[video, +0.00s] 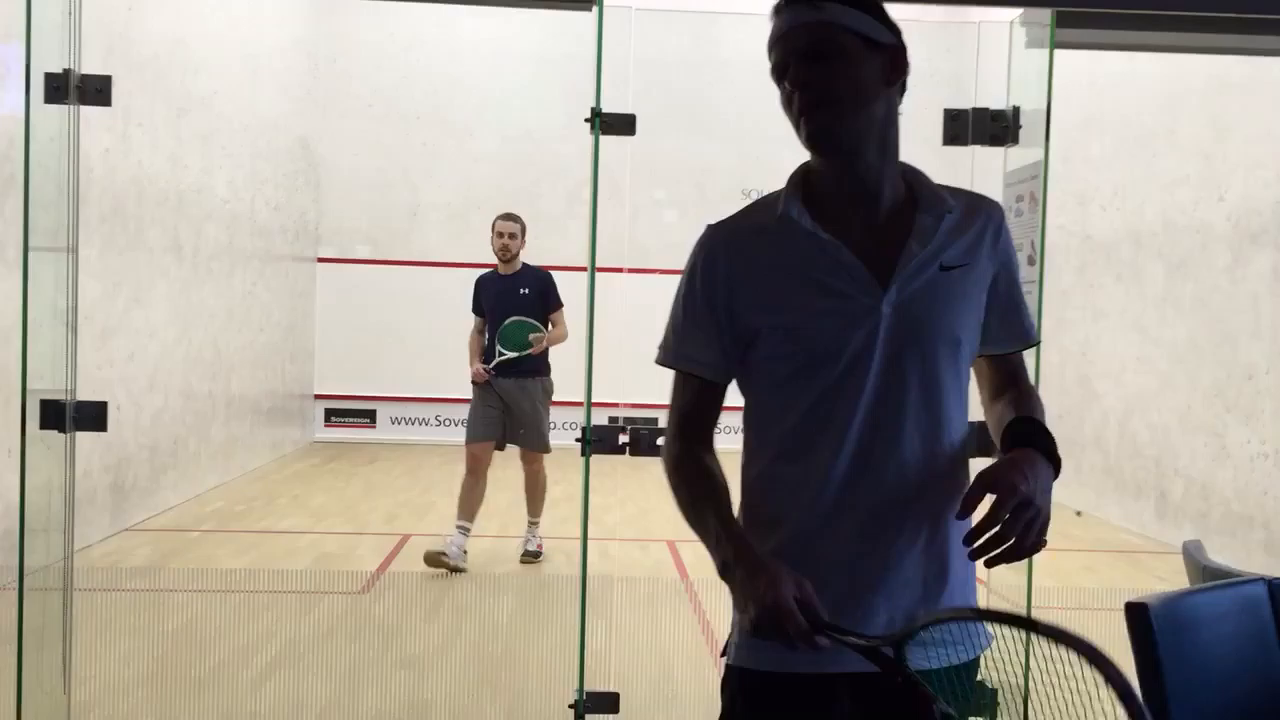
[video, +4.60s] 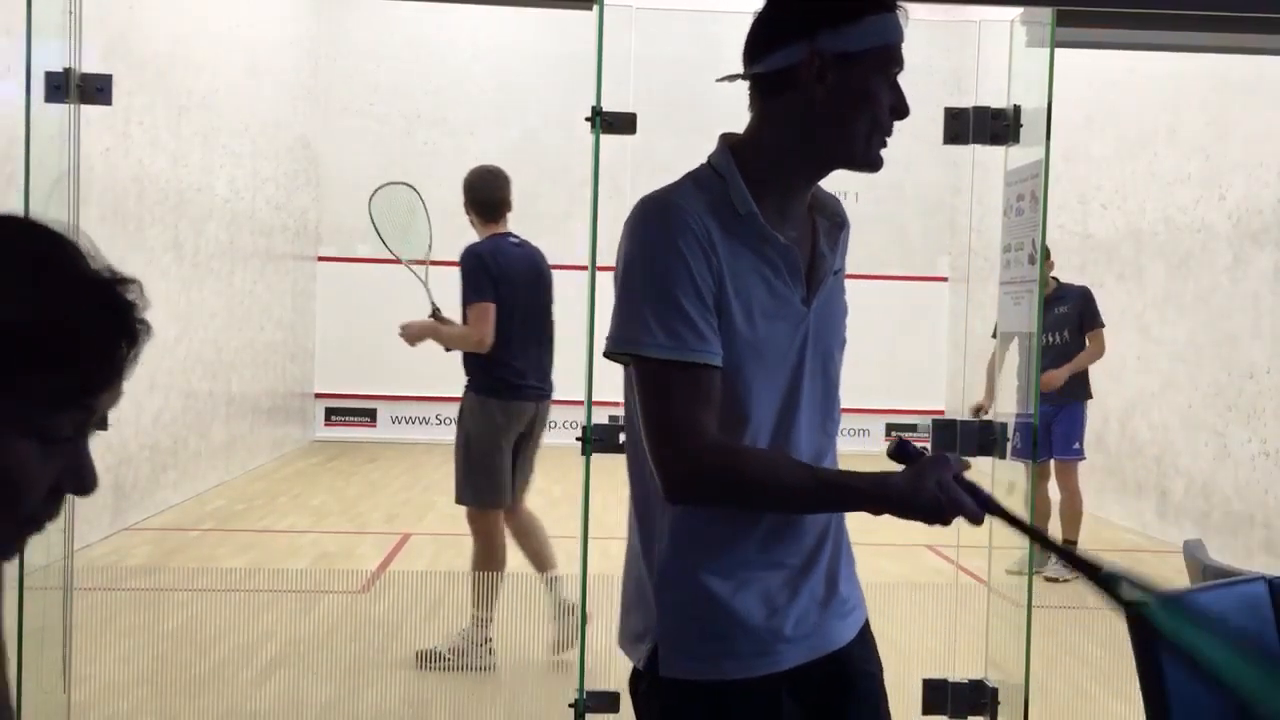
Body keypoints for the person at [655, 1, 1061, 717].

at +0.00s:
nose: (796, 89)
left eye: (818, 60)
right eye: (781, 74)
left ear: (893, 67)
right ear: (776, 94)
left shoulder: (975, 230)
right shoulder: (733, 251)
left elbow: (1004, 382)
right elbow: (686, 440)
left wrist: (1031, 456)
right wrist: (740, 565)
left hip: (935, 644)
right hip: (785, 645)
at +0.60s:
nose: (795, 93)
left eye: (823, 69)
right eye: (784, 72)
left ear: (898, 74)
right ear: (772, 78)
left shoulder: (972, 231)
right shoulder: (723, 241)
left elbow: (997, 339)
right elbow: (665, 434)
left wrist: (946, 435)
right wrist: (754, 542)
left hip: (915, 642)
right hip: (765, 645)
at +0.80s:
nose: (795, 90)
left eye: (824, 67)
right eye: (786, 67)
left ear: (900, 74)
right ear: (773, 76)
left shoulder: (959, 229)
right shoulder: (714, 236)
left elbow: (932, 372)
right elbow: (658, 430)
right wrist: (758, 541)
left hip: (906, 638)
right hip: (757, 644)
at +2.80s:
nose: (895, 89)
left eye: (908, 68)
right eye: (868, 64)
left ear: (919, 80)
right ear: (799, 70)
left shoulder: (919, 225)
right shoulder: (701, 233)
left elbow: (876, 393)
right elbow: (621, 428)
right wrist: (749, 547)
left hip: (892, 633)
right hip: (750, 644)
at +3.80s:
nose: (937, 109)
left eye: (933, 83)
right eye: (915, 81)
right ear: (832, 76)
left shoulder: (888, 223)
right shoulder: (697, 235)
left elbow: (849, 408)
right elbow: (640, 451)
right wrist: (819, 554)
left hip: (878, 645)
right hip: (747, 655)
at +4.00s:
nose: (934, 114)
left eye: (932, 87)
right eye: (919, 84)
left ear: (852, 86)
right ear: (845, 81)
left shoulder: (876, 225)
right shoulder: (702, 235)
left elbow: (849, 418)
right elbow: (706, 464)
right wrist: (908, 520)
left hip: (872, 632)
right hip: (747, 651)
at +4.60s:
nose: (904, 107)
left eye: (898, 79)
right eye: (886, 76)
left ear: (819, 79)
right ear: (814, 75)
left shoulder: (825, 223)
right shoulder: (674, 227)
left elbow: (790, 419)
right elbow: (688, 465)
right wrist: (884, 492)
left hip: (828, 623)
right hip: (712, 648)